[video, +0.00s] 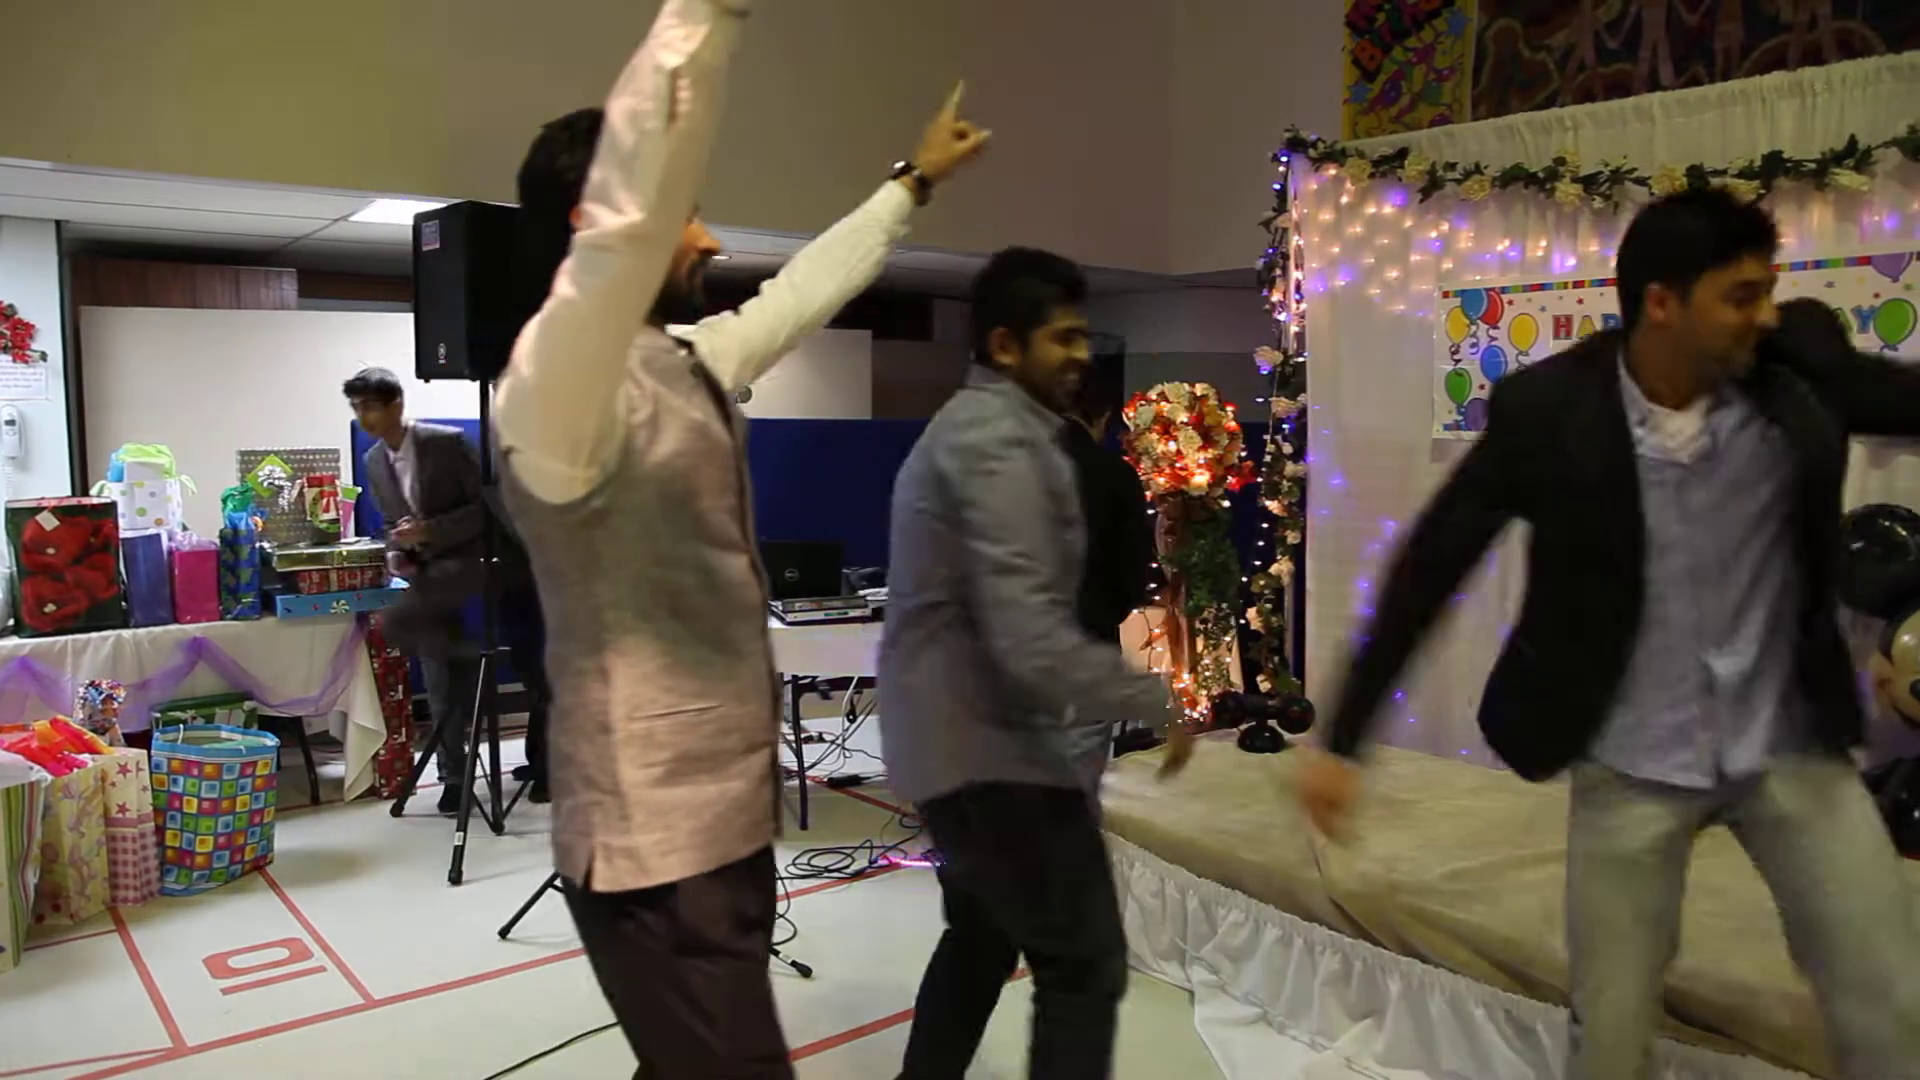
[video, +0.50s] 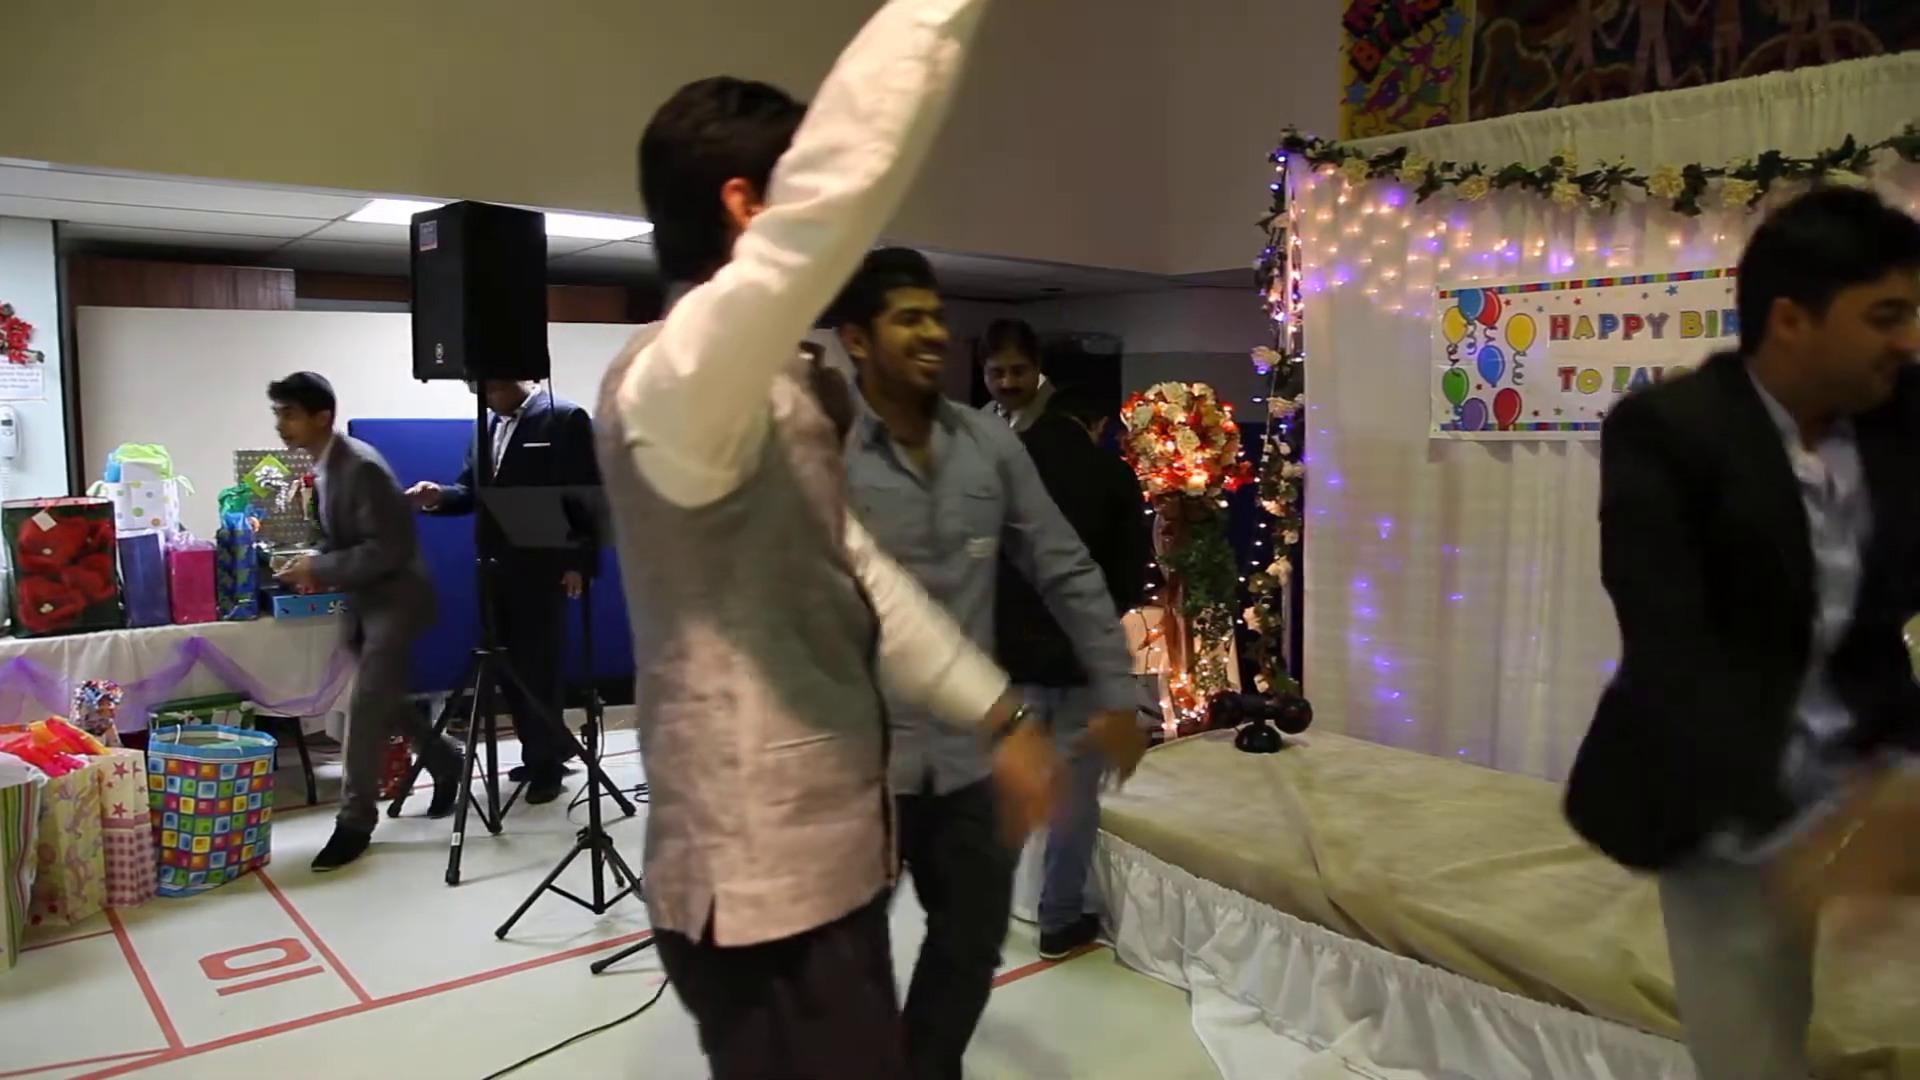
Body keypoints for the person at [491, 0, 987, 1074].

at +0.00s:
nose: (707, 232)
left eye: (698, 208)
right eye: (678, 213)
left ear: (648, 230)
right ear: (603, 226)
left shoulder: (693, 364)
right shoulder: (557, 401)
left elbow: (801, 293)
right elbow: (627, 206)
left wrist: (913, 183)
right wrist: (705, 3)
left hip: (725, 830)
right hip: (651, 853)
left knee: (706, 1064)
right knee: (733, 1071)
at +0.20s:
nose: (756, 222)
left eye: (747, 196)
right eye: (725, 200)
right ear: (645, 213)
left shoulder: (735, 365)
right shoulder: (602, 394)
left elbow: (868, 343)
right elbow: (704, 204)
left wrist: (1012, 241)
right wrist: (778, 7)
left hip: (760, 833)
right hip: (689, 858)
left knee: (773, 1055)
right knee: (752, 1066)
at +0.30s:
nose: (765, 210)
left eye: (764, 186)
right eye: (736, 189)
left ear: (696, 210)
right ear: (676, 213)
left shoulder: (759, 379)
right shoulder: (621, 398)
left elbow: (888, 414)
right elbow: (751, 209)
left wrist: (1059, 384)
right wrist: (839, 3)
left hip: (783, 840)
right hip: (705, 865)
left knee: (820, 1057)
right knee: (792, 1066)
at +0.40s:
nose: (785, 212)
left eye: (787, 189)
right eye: (764, 192)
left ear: (718, 211)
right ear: (701, 209)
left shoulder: (764, 396)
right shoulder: (643, 404)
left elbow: (872, 513)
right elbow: (781, 213)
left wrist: (1063, 568)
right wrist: (893, 3)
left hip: (809, 850)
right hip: (731, 876)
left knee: (820, 1050)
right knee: (788, 1064)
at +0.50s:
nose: (821, 209)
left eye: (822, 183)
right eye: (801, 184)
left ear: (746, 208)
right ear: (741, 203)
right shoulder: (676, 390)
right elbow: (823, 200)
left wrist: (998, 717)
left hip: (822, 856)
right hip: (760, 882)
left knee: (866, 1056)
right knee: (835, 1068)